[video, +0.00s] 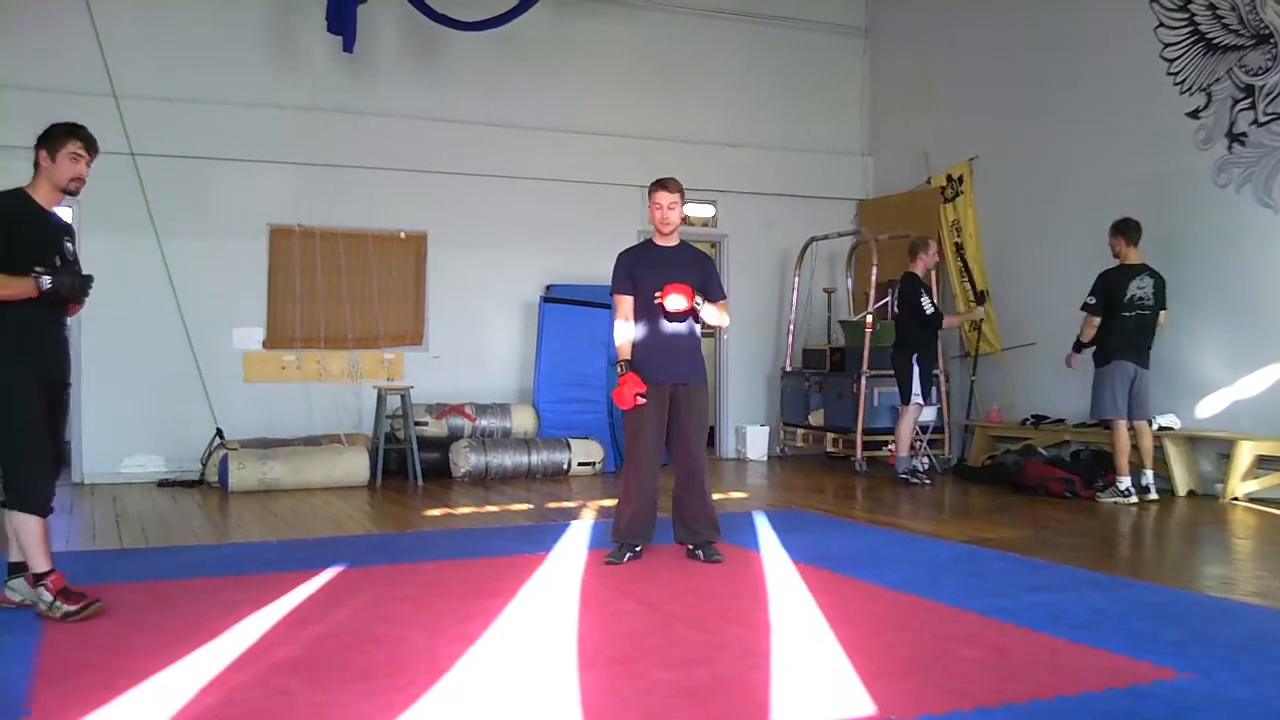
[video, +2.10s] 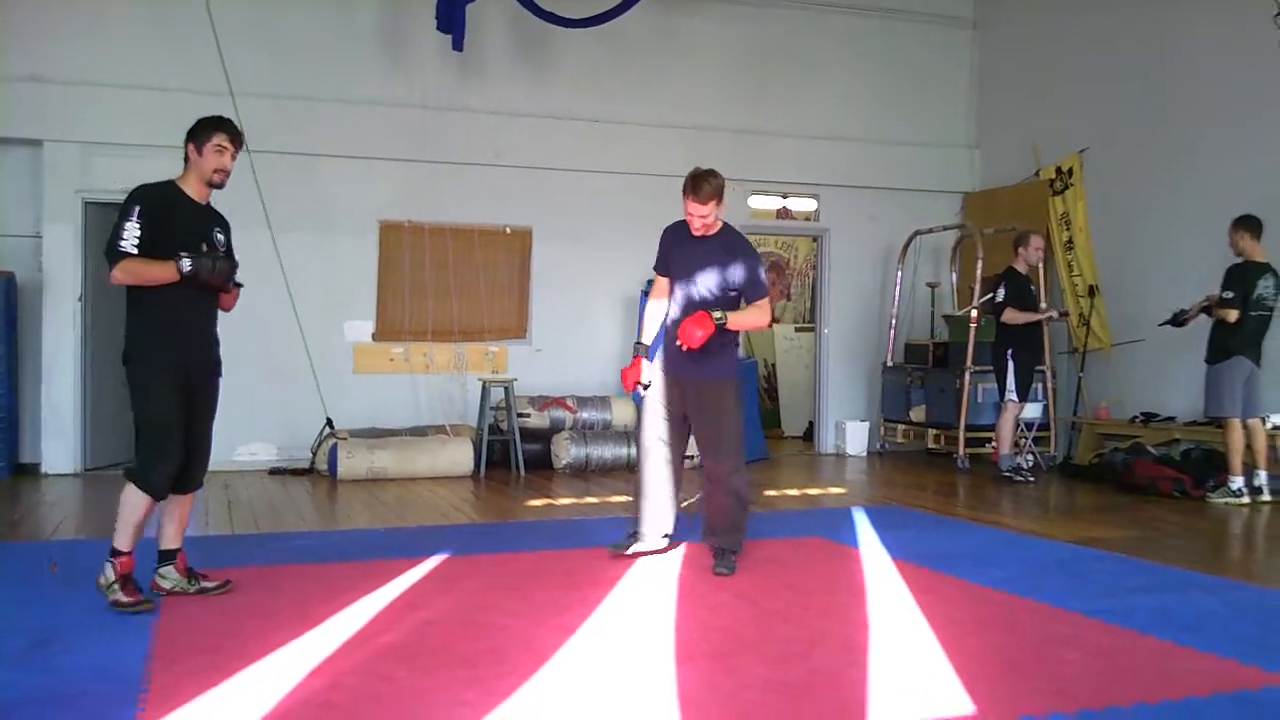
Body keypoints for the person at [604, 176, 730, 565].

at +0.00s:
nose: (665, 212)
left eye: (672, 206)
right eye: (658, 206)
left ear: (682, 210)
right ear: (649, 210)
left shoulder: (700, 260)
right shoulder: (630, 259)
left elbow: (721, 318)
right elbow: (623, 319)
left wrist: (695, 304)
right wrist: (625, 366)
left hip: (690, 375)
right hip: (645, 374)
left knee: (692, 459)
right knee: (640, 459)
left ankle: (699, 538)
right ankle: (631, 539)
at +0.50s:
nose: (666, 220)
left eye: (673, 212)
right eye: (661, 214)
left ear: (692, 210)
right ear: (659, 216)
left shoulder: (722, 258)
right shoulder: (655, 263)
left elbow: (746, 317)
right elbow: (646, 317)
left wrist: (711, 302)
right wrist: (638, 335)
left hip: (705, 376)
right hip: (660, 376)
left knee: (719, 457)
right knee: (666, 460)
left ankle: (738, 536)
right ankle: (670, 538)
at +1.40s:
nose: (706, 235)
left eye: (713, 228)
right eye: (699, 228)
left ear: (724, 219)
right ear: (689, 217)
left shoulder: (741, 260)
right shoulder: (666, 255)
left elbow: (759, 316)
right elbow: (655, 317)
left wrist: (734, 328)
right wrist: (654, 375)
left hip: (726, 382)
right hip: (681, 380)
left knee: (722, 464)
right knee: (688, 463)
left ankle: (716, 552)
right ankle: (701, 544)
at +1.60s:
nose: (741, 236)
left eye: (749, 230)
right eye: (735, 227)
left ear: (761, 220)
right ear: (725, 212)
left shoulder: (770, 261)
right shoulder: (695, 247)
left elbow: (786, 317)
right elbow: (674, 306)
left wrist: (759, 331)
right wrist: (673, 364)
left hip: (747, 383)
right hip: (700, 379)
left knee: (742, 463)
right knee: (710, 462)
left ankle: (736, 550)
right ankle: (725, 533)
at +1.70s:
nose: (738, 231)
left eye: (747, 225)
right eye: (733, 222)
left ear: (761, 216)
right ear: (724, 206)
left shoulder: (771, 260)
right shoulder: (695, 241)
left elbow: (786, 315)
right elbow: (675, 302)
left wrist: (759, 327)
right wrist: (671, 361)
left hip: (745, 381)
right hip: (696, 374)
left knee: (742, 462)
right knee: (693, 452)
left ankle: (737, 549)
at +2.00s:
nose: (714, 228)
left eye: (723, 222)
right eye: (709, 219)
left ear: (740, 211)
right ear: (701, 206)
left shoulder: (755, 256)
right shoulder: (686, 236)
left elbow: (777, 319)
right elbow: (670, 297)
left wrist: (737, 325)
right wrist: (654, 353)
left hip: (726, 374)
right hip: (680, 367)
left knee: (732, 462)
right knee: (662, 443)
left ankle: (733, 546)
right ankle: (706, 484)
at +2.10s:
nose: (696, 223)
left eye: (704, 216)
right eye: (691, 214)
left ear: (721, 206)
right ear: (683, 203)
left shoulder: (740, 251)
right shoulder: (673, 235)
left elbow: (763, 314)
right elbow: (658, 294)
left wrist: (717, 319)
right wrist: (642, 352)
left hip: (715, 373)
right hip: (667, 367)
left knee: (722, 459)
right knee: (656, 452)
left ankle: (726, 544)